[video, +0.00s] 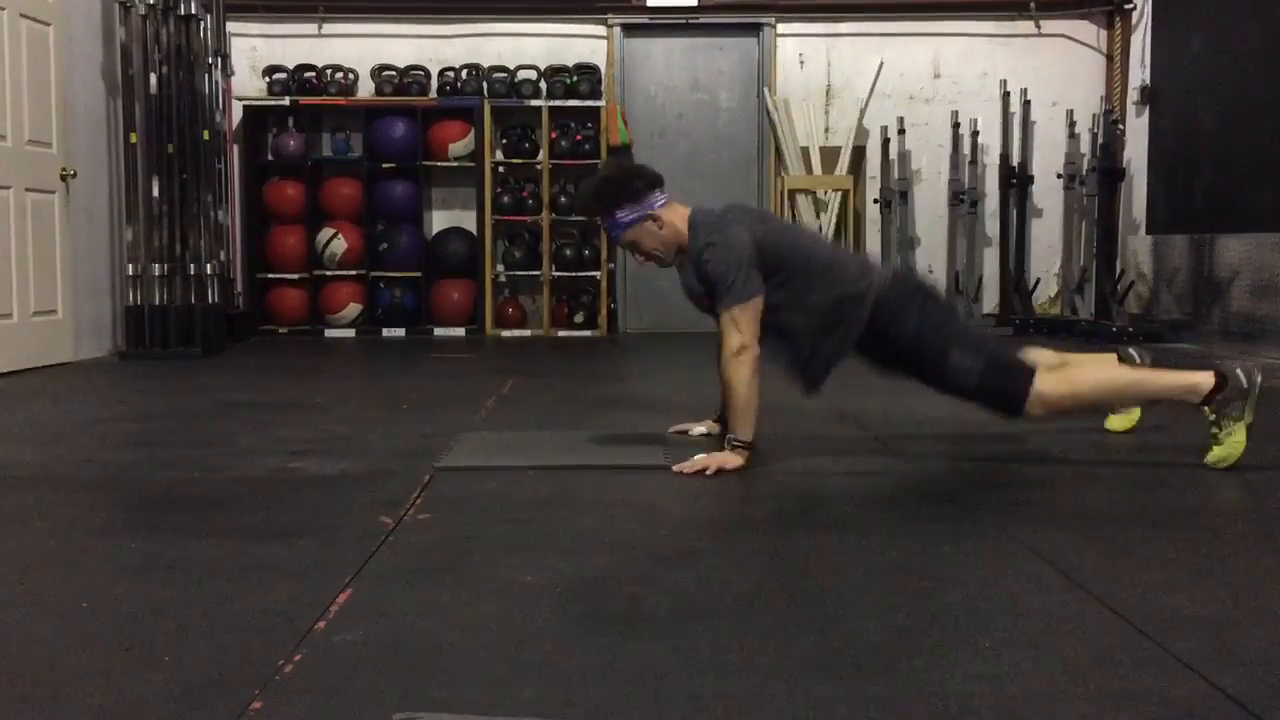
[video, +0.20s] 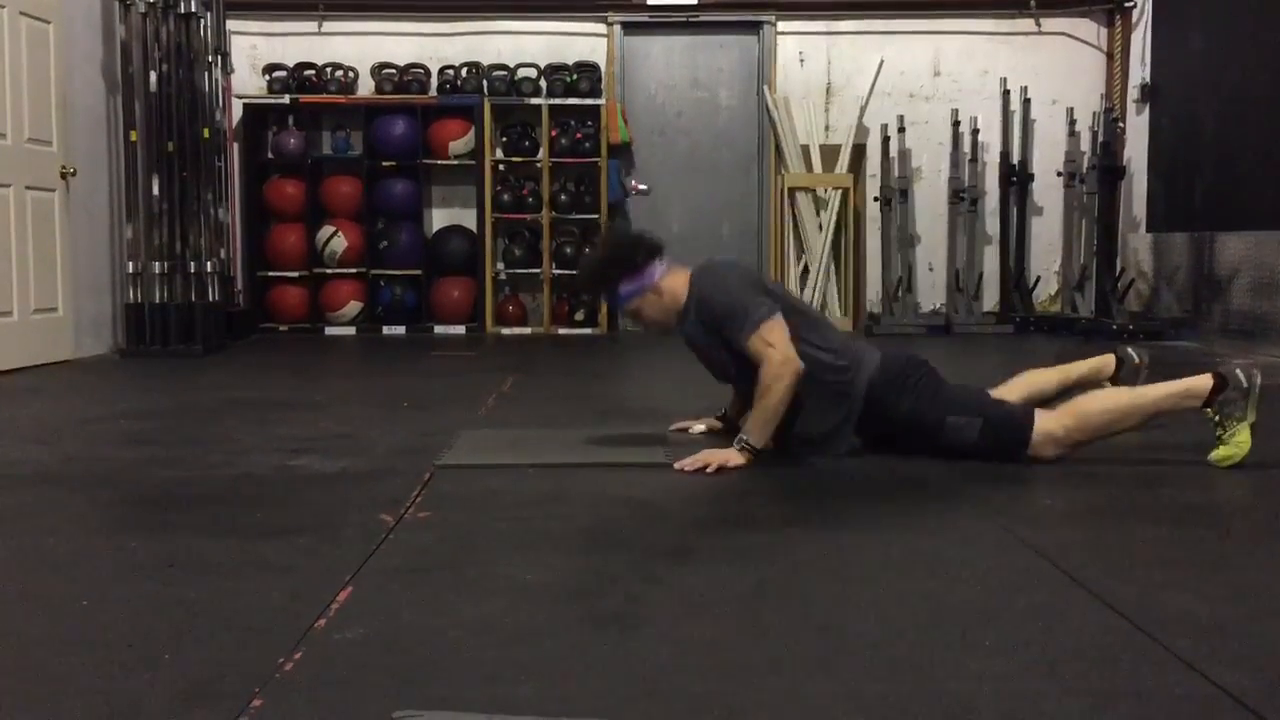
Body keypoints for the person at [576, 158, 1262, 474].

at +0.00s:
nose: (637, 255)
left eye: (633, 240)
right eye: (628, 246)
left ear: (657, 215)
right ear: (650, 224)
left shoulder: (722, 238)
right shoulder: (700, 249)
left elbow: (743, 347)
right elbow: (734, 342)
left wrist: (738, 447)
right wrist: (729, 422)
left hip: (889, 309)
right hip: (879, 310)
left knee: (1032, 393)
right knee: (1022, 366)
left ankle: (1213, 388)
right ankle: (1173, 377)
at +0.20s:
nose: (634, 319)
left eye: (630, 307)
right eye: (626, 310)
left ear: (652, 282)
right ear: (651, 281)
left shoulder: (718, 294)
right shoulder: (698, 300)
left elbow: (782, 363)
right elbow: (755, 368)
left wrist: (744, 448)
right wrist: (732, 430)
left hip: (888, 396)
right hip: (874, 392)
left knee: (1048, 437)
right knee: (1000, 404)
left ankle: (1210, 387)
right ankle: (1110, 360)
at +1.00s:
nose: (623, 272)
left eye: (615, 259)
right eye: (613, 264)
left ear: (632, 229)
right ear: (632, 232)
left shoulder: (710, 235)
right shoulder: (694, 246)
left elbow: (736, 338)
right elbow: (729, 338)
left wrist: (738, 439)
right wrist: (726, 417)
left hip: (883, 294)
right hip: (875, 303)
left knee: (1020, 357)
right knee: (1006, 349)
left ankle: (1197, 376)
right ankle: (1135, 360)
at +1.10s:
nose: (617, 287)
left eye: (609, 276)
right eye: (606, 283)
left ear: (622, 243)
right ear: (622, 249)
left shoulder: (683, 232)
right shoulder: (677, 240)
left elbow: (715, 338)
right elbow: (715, 336)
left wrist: (735, 435)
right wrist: (719, 411)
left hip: (870, 219)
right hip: (863, 253)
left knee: (987, 320)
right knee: (979, 324)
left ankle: (1148, 359)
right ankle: (1101, 357)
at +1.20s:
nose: (640, 289)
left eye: (629, 281)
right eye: (630, 286)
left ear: (636, 246)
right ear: (639, 241)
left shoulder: (697, 226)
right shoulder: (687, 226)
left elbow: (727, 333)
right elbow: (719, 322)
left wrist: (736, 437)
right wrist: (721, 407)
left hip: (861, 149)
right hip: (847, 162)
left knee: (874, 300)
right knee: (868, 301)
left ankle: (1024, 357)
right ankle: (1000, 350)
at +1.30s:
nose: (648, 277)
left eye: (638, 269)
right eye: (636, 275)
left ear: (646, 233)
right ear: (647, 223)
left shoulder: (706, 219)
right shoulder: (694, 214)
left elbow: (730, 332)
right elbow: (722, 322)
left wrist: (736, 435)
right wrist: (718, 410)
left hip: (859, 135)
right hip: (845, 134)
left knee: (780, 268)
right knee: (776, 265)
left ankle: (873, 383)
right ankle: (873, 375)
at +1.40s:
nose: (612, 242)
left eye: (603, 230)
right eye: (601, 235)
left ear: (616, 197)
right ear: (620, 190)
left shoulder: (681, 205)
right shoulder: (673, 199)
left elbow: (712, 312)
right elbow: (710, 305)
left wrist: (730, 417)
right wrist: (713, 400)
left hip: (851, 174)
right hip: (839, 172)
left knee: (743, 290)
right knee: (730, 284)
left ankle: (829, 418)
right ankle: (809, 402)